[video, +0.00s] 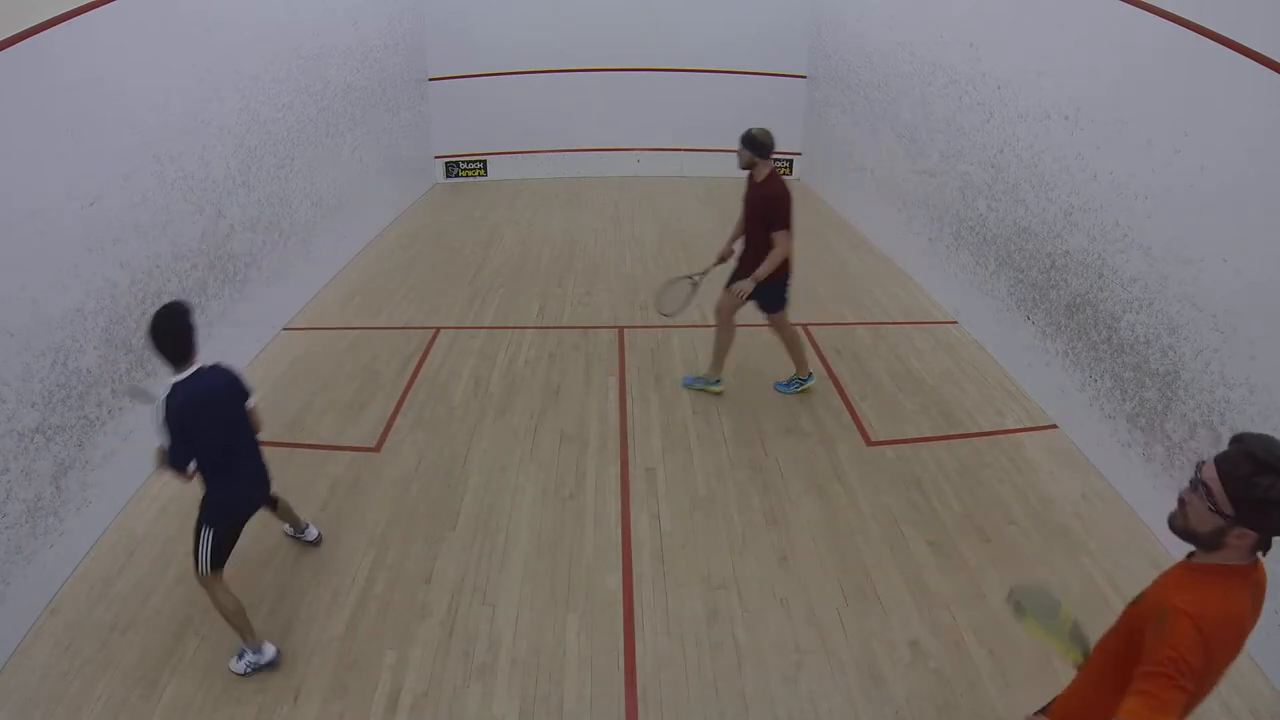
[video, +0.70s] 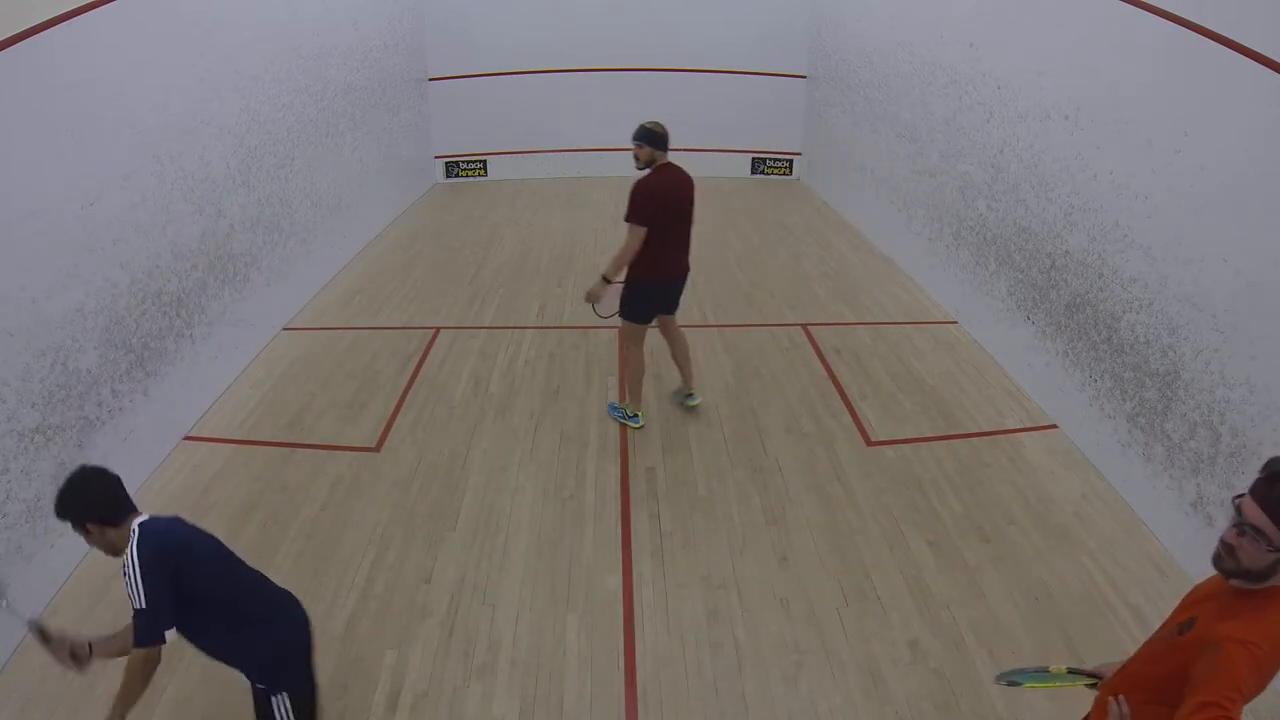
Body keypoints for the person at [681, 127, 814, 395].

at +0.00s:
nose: (737, 154)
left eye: (741, 150)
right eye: (739, 150)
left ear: (754, 155)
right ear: (759, 154)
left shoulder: (776, 191)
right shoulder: (754, 177)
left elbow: (782, 248)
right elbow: (747, 218)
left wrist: (753, 279)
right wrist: (729, 245)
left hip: (773, 268)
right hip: (750, 260)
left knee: (778, 321)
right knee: (724, 310)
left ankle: (804, 374)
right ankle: (713, 376)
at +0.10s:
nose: (722, 153)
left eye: (726, 149)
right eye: (724, 148)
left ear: (738, 153)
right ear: (743, 153)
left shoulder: (756, 190)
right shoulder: (741, 178)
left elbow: (756, 247)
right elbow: (734, 223)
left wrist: (739, 289)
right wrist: (716, 248)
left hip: (745, 273)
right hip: (727, 266)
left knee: (744, 333)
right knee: (710, 315)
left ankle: (790, 368)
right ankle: (710, 380)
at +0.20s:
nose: (708, 149)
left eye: (713, 145)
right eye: (709, 144)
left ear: (726, 149)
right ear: (726, 148)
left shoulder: (736, 184)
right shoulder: (727, 175)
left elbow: (735, 240)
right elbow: (720, 222)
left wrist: (725, 286)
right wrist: (703, 248)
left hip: (724, 270)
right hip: (714, 264)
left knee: (707, 330)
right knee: (707, 326)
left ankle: (754, 367)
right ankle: (710, 380)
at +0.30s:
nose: (691, 146)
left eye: (696, 142)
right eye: (693, 141)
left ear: (709, 145)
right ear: (711, 145)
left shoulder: (718, 179)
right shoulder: (717, 172)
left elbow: (719, 240)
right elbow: (711, 221)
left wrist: (705, 283)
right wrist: (694, 249)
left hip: (707, 267)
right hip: (712, 262)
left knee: (675, 324)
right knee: (708, 320)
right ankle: (709, 379)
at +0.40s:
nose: (675, 148)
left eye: (680, 143)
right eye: (676, 142)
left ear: (695, 147)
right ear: (697, 146)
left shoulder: (698, 182)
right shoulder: (710, 174)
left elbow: (698, 241)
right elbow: (704, 228)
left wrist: (679, 284)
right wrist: (682, 254)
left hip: (691, 271)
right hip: (708, 267)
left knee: (660, 326)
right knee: (703, 320)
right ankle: (710, 380)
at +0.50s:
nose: (659, 154)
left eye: (663, 149)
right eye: (660, 149)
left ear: (677, 152)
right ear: (684, 151)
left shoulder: (676, 190)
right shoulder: (701, 180)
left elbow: (670, 246)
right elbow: (692, 233)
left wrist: (651, 288)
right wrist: (660, 267)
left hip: (674, 277)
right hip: (697, 272)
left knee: (645, 333)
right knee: (690, 321)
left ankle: (633, 408)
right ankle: (709, 380)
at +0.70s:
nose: (633, 152)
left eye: (637, 147)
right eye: (634, 146)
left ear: (652, 149)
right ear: (660, 149)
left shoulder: (646, 187)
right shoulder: (683, 179)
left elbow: (633, 246)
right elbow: (677, 232)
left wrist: (604, 282)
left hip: (646, 277)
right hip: (676, 273)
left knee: (632, 339)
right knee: (668, 323)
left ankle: (633, 409)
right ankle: (689, 389)